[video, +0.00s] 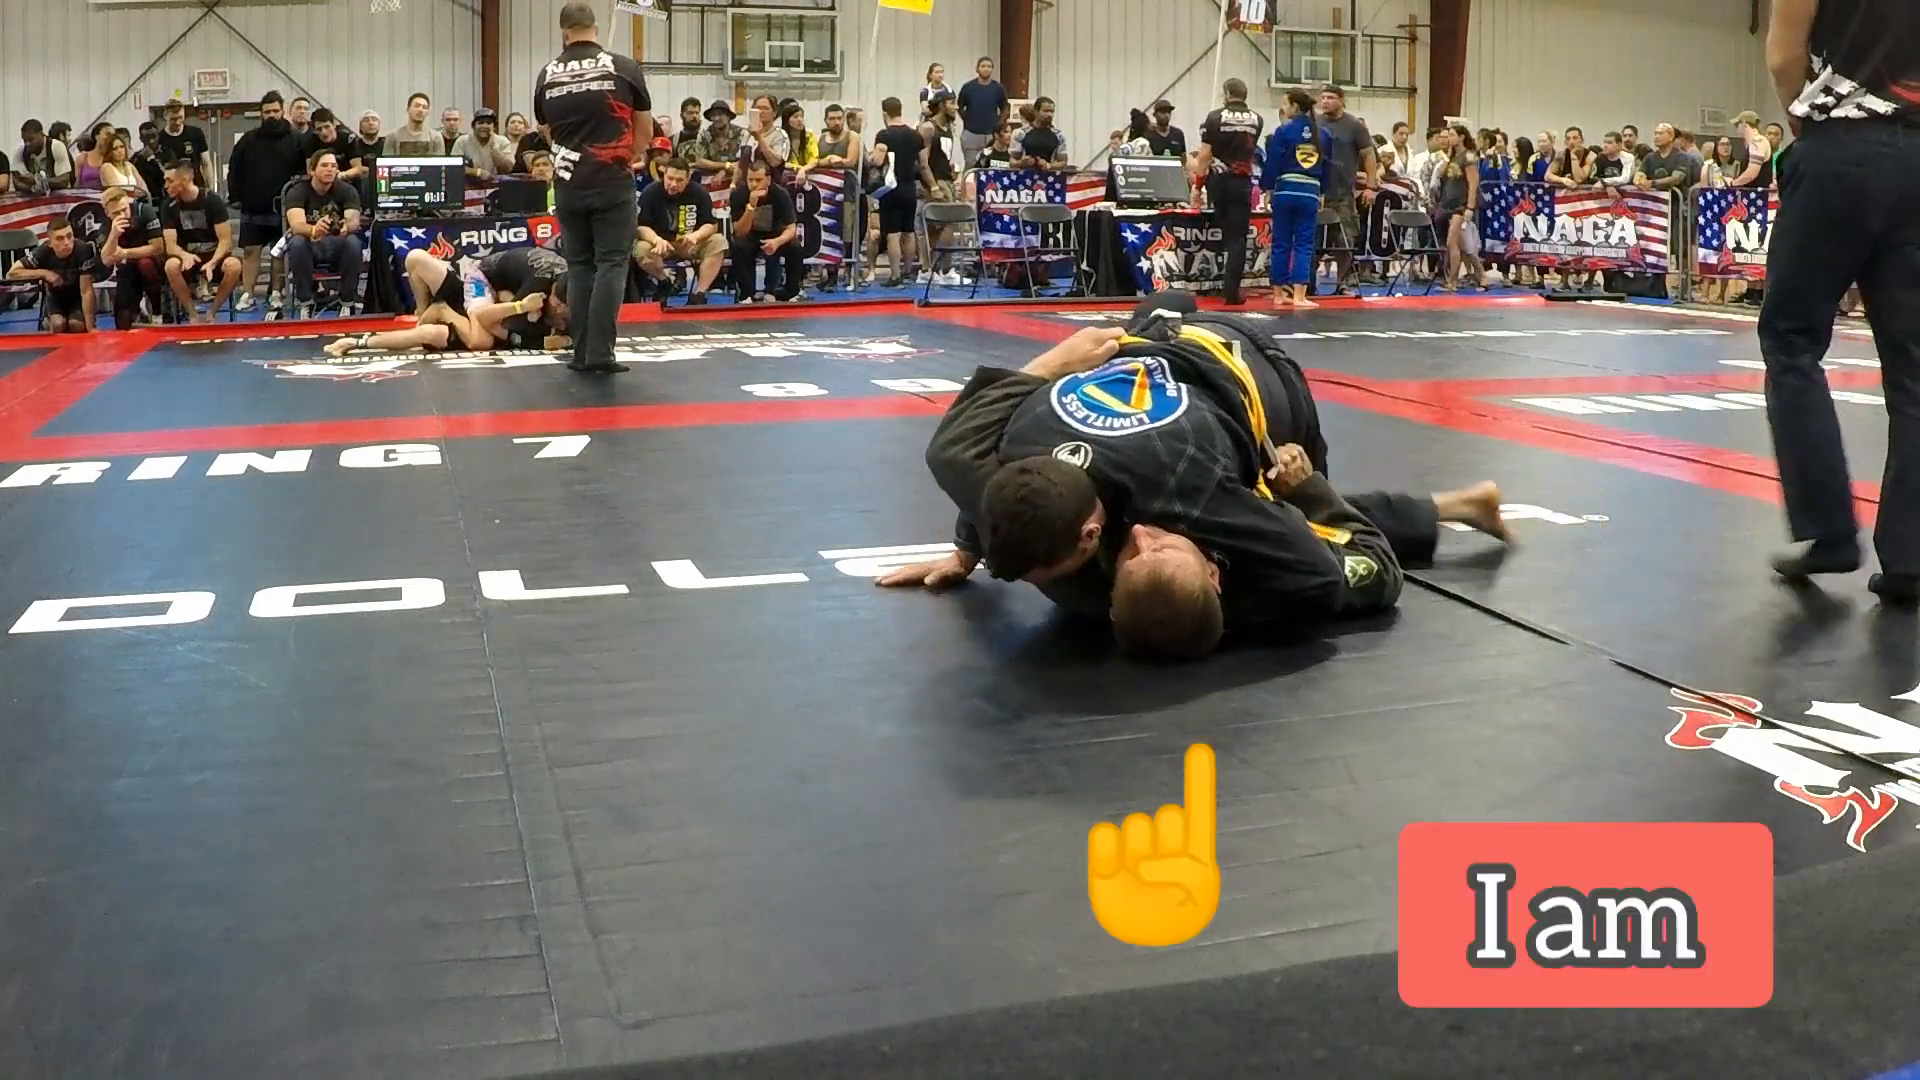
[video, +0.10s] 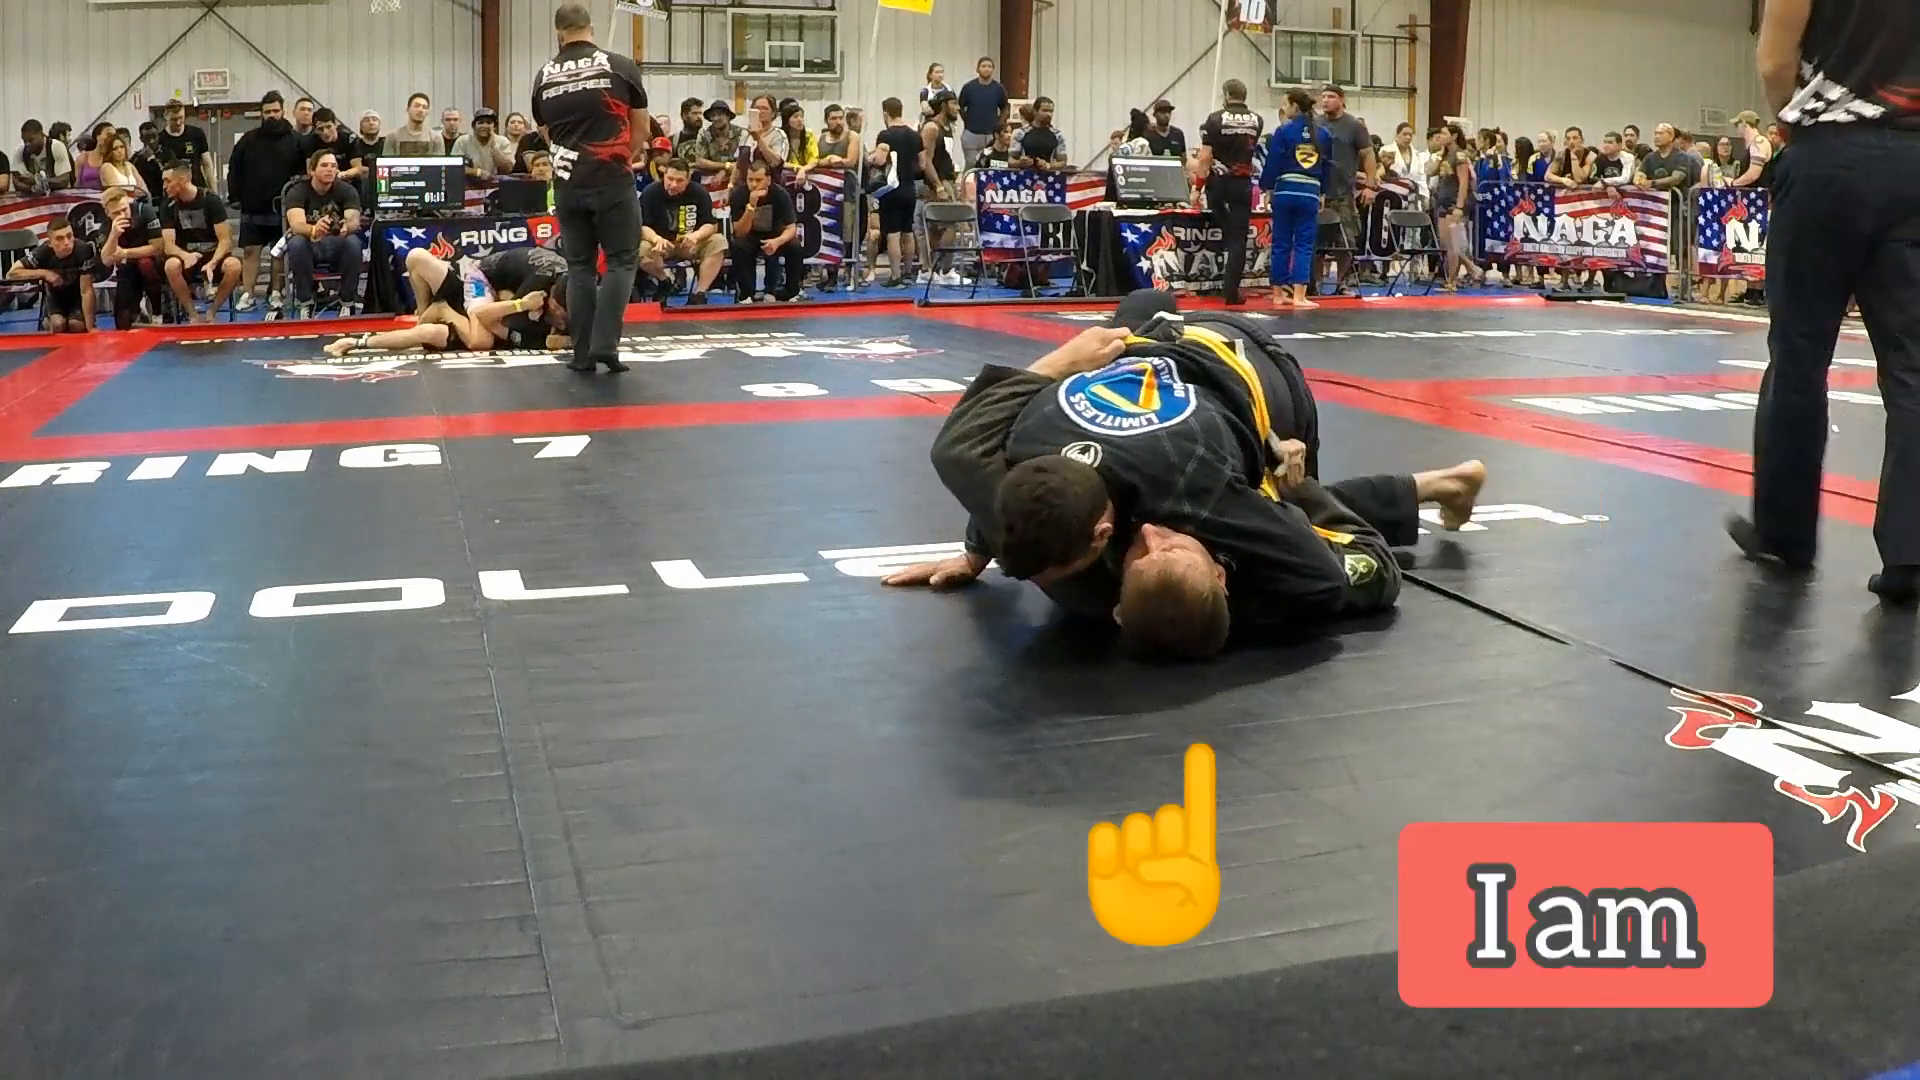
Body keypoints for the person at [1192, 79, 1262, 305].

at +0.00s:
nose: (1226, 96)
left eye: (1225, 93)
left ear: (1226, 95)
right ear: (1245, 96)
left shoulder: (1214, 117)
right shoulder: (1256, 119)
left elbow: (1204, 155)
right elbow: (1250, 149)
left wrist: (1197, 185)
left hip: (1218, 178)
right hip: (1242, 180)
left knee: (1230, 233)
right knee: (1238, 237)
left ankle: (1233, 285)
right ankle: (1232, 292)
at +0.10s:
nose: (1223, 98)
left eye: (1224, 95)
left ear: (1226, 96)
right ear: (1245, 96)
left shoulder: (1214, 119)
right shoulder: (1256, 120)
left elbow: (1205, 157)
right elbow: (1251, 148)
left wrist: (1197, 186)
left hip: (1218, 179)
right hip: (1242, 181)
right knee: (1237, 238)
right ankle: (1231, 292)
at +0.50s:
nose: (1216, 99)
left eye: (1217, 96)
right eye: (1217, 96)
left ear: (1222, 97)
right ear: (1239, 96)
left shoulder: (1216, 122)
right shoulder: (1255, 118)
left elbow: (1208, 159)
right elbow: (1256, 149)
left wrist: (1198, 186)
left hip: (1220, 179)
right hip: (1245, 181)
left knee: (1212, 200)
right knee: (1239, 238)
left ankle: (1231, 228)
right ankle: (1232, 293)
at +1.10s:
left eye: (1235, 94)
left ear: (1232, 97)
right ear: (1252, 98)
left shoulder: (1221, 120)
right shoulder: (1261, 122)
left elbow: (1210, 154)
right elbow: (1259, 152)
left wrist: (1200, 172)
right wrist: (1247, 164)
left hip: (1220, 178)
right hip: (1244, 182)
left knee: (1206, 197)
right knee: (1239, 239)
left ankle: (1228, 221)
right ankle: (1231, 292)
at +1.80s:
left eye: (1240, 93)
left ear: (1238, 97)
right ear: (1257, 98)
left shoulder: (1226, 116)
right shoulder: (1265, 122)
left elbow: (1206, 126)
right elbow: (1268, 141)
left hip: (1224, 177)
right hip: (1247, 181)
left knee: (1210, 197)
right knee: (1240, 239)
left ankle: (1231, 222)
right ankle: (1232, 293)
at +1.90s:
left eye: (1239, 93)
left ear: (1237, 97)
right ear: (1257, 98)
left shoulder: (1225, 116)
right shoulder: (1266, 124)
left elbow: (1212, 128)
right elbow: (1265, 142)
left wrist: (1228, 110)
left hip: (1223, 176)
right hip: (1246, 181)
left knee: (1210, 197)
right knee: (1240, 238)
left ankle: (1232, 222)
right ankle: (1231, 293)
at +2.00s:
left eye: (1239, 94)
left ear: (1237, 97)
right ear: (1257, 98)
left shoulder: (1224, 117)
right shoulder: (1265, 125)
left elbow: (1217, 139)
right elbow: (1267, 147)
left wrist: (1224, 110)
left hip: (1224, 176)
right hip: (1247, 181)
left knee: (1210, 198)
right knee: (1241, 238)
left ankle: (1231, 219)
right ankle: (1231, 292)